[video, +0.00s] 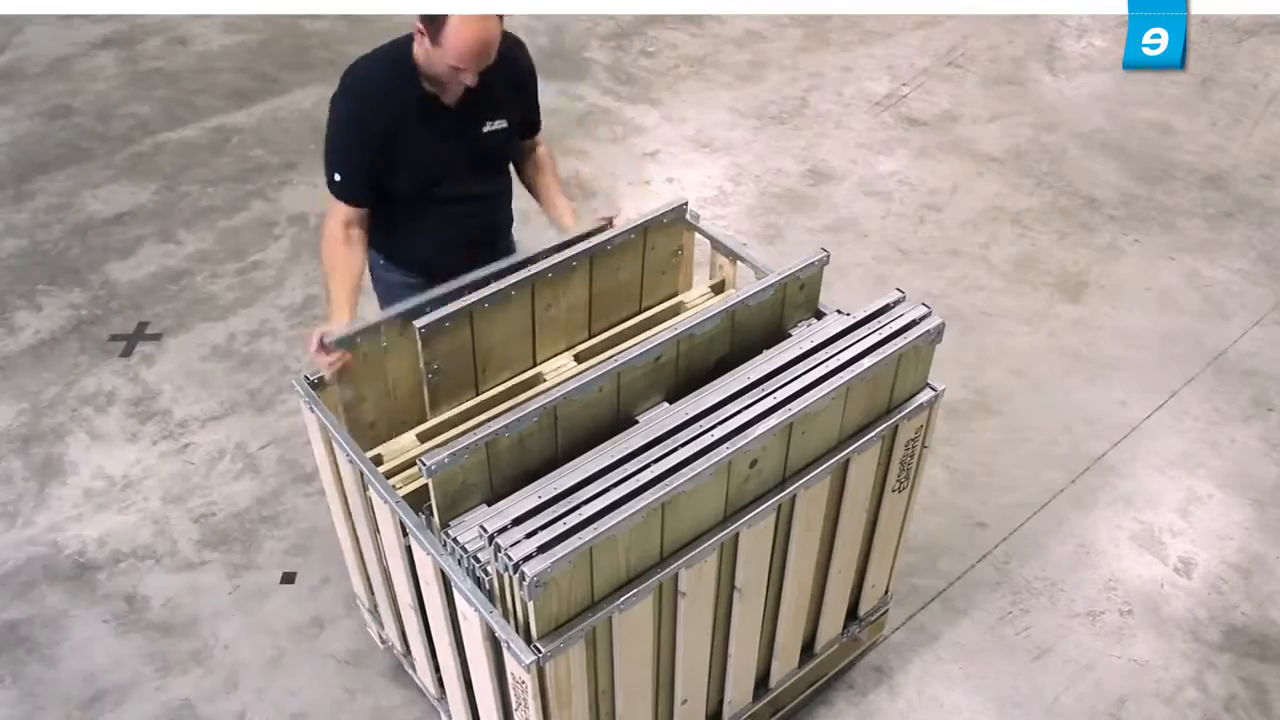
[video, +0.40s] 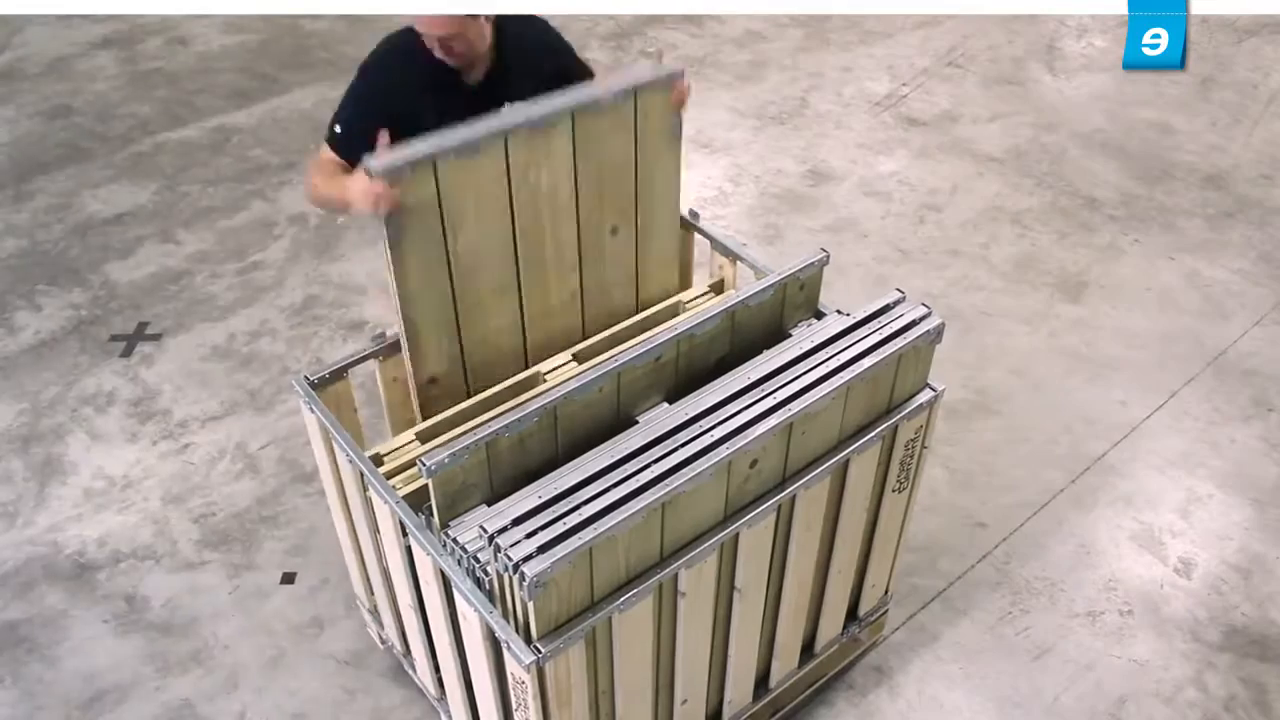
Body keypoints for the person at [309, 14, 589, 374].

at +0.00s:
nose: (471, 82)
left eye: (482, 69)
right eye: (456, 70)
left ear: (494, 45)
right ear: (420, 37)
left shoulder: (509, 62)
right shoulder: (366, 91)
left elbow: (530, 150)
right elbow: (346, 224)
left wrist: (572, 229)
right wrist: (340, 322)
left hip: (493, 255)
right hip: (410, 274)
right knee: (436, 390)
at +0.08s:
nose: (528, 98)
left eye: (538, 83)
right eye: (515, 87)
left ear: (550, 53)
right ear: (474, 52)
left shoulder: (545, 61)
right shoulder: (401, 92)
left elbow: (550, 130)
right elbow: (368, 195)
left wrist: (619, 185)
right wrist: (396, 279)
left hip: (510, 248)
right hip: (430, 265)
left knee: (517, 362)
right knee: (449, 380)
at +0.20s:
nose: (550, 82)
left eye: (555, 69)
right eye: (539, 76)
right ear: (491, 62)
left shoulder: (550, 67)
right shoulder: (408, 87)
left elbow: (571, 144)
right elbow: (378, 212)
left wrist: (645, 196)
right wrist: (388, 304)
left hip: (511, 255)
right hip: (430, 268)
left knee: (529, 381)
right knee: (451, 395)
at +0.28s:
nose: (547, 166)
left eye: (557, 155)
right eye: (534, 158)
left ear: (567, 116)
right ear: (495, 124)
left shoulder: (560, 110)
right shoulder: (427, 146)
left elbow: (572, 169)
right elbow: (376, 242)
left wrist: (642, 208)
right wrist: (398, 324)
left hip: (502, 238)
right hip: (430, 255)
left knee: (525, 346)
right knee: (452, 366)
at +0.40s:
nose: (440, 53)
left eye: (451, 39)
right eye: (428, 41)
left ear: (485, 14)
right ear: (415, 26)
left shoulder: (531, 37)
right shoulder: (392, 65)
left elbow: (596, 109)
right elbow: (319, 179)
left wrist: (654, 101)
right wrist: (353, 190)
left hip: (541, 216)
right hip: (442, 237)